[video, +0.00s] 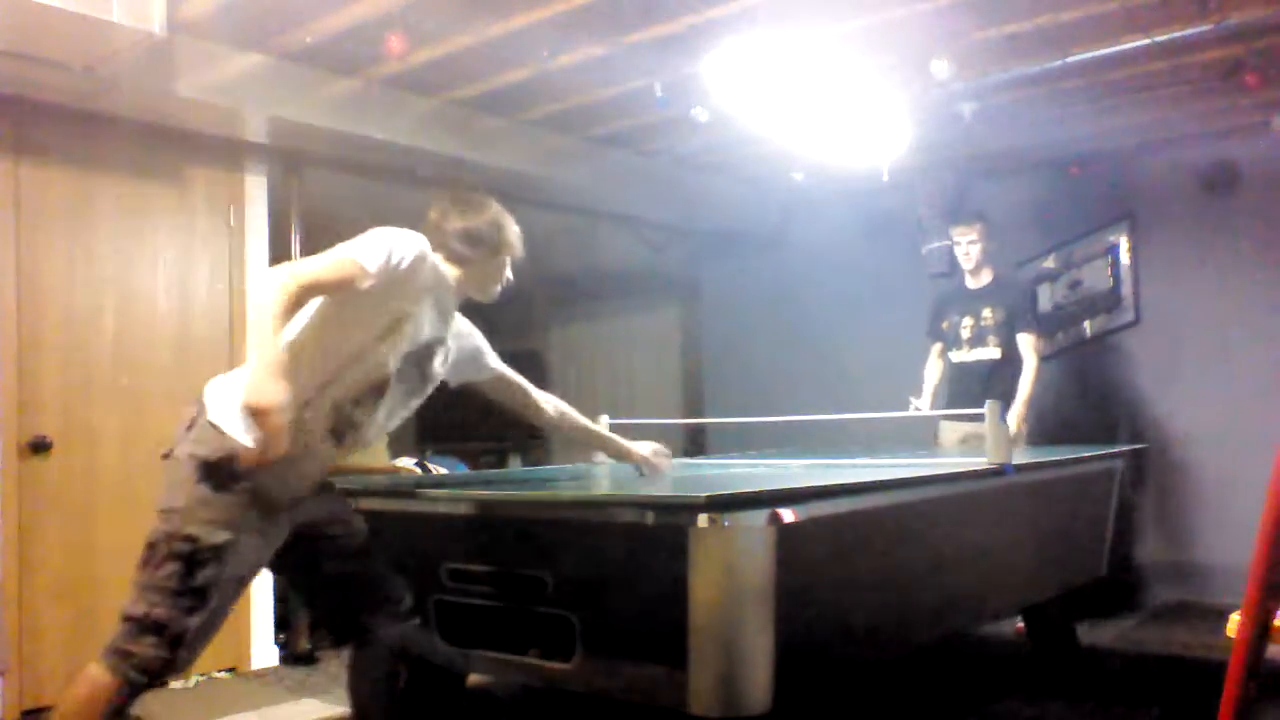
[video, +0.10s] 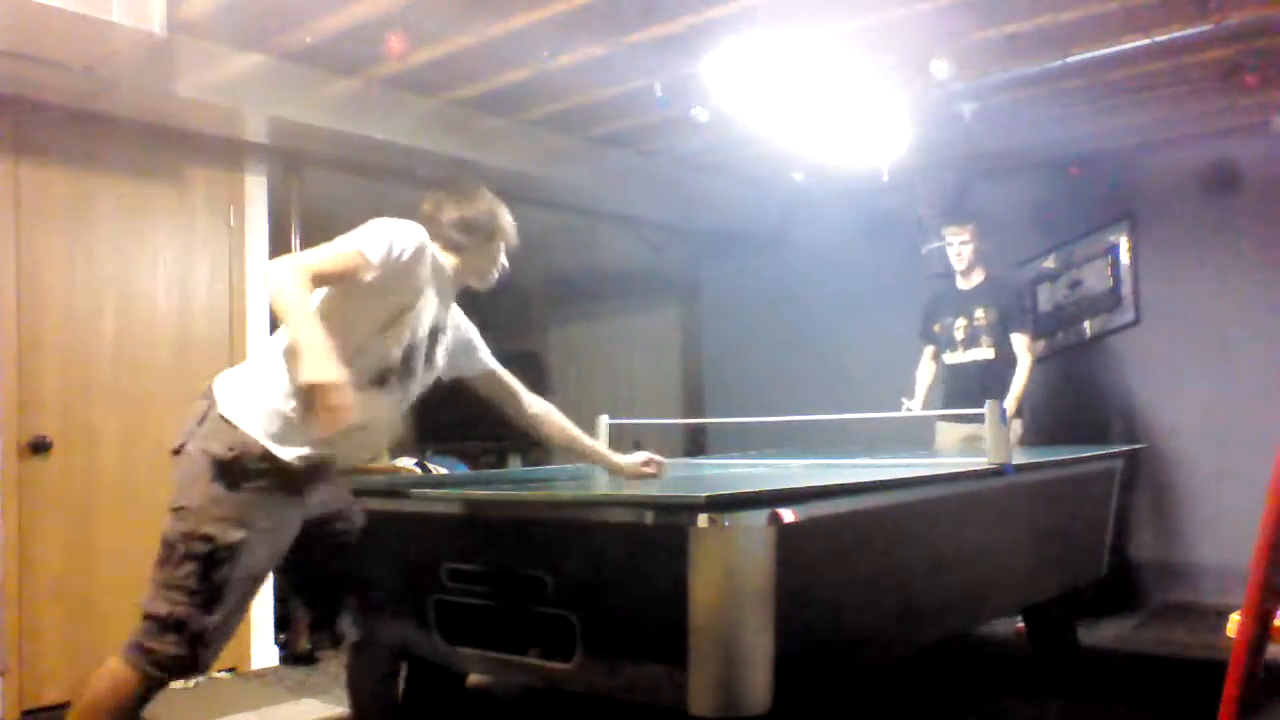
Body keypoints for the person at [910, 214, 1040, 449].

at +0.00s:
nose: (964, 251)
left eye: (972, 243)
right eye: (958, 244)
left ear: (989, 244)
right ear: (952, 248)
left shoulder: (1014, 293)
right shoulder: (945, 300)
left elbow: (1030, 358)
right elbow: (937, 356)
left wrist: (1018, 412)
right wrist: (926, 400)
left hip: (1001, 422)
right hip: (953, 423)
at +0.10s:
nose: (956, 251)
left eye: (964, 243)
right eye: (950, 245)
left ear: (981, 245)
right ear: (945, 249)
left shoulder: (1006, 295)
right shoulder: (937, 302)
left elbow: (1024, 357)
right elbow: (929, 357)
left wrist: (1008, 409)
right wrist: (918, 400)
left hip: (996, 421)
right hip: (950, 423)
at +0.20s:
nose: (952, 251)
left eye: (959, 243)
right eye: (946, 244)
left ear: (974, 245)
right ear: (940, 248)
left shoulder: (1001, 293)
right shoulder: (931, 302)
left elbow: (1022, 354)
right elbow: (923, 360)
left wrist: (1008, 406)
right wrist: (913, 401)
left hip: (997, 420)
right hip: (951, 423)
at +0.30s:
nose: (953, 249)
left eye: (960, 241)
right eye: (947, 242)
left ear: (975, 244)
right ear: (941, 247)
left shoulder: (1002, 293)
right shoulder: (931, 301)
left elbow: (1026, 353)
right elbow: (922, 358)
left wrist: (1015, 403)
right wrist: (912, 396)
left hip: (996, 420)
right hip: (952, 423)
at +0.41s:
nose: (960, 248)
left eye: (967, 240)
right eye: (954, 241)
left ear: (981, 243)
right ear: (947, 245)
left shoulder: (1009, 293)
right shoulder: (935, 299)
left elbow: (1034, 353)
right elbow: (925, 357)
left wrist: (1028, 406)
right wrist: (916, 393)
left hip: (1006, 423)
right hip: (957, 426)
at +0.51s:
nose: (973, 247)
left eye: (980, 239)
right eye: (966, 240)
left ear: (995, 243)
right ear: (959, 245)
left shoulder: (1021, 295)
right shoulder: (944, 299)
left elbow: (1046, 354)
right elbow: (935, 356)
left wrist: (1045, 402)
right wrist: (922, 391)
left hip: (1020, 424)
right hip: (966, 428)